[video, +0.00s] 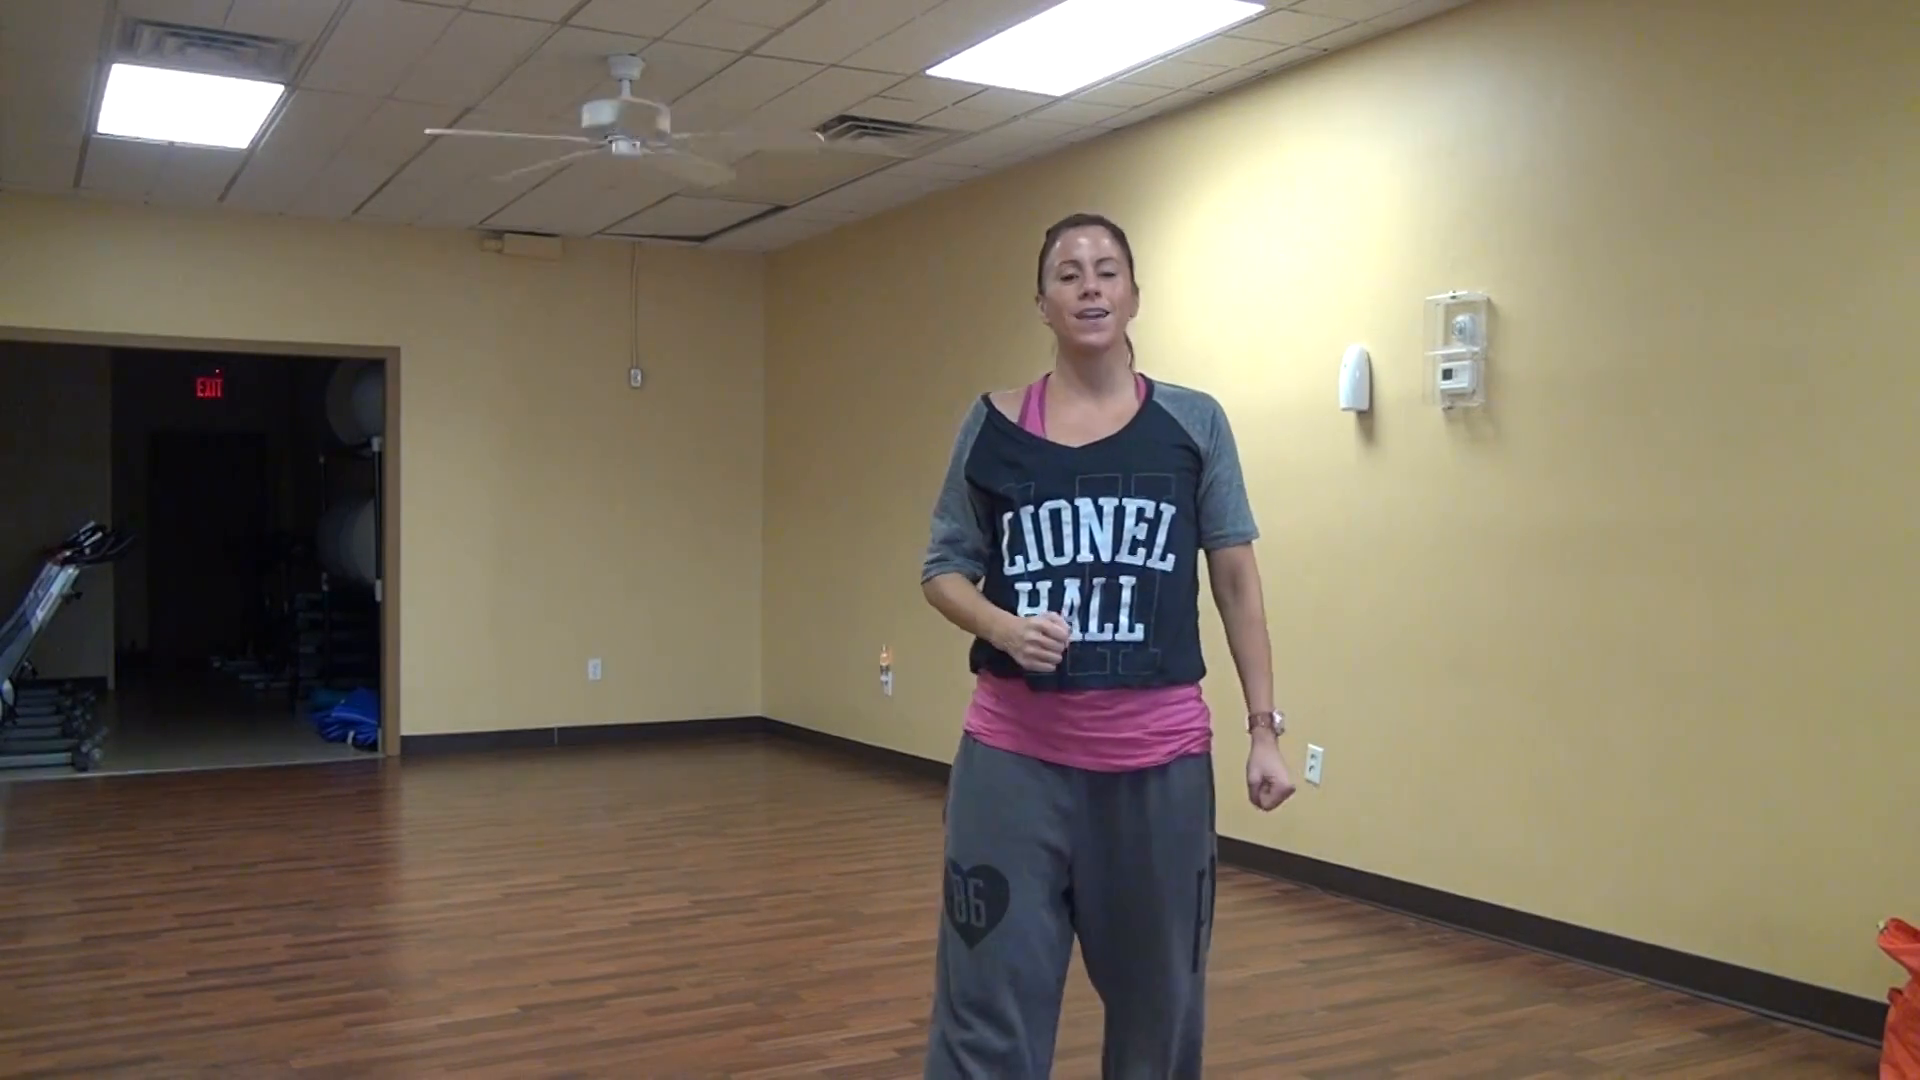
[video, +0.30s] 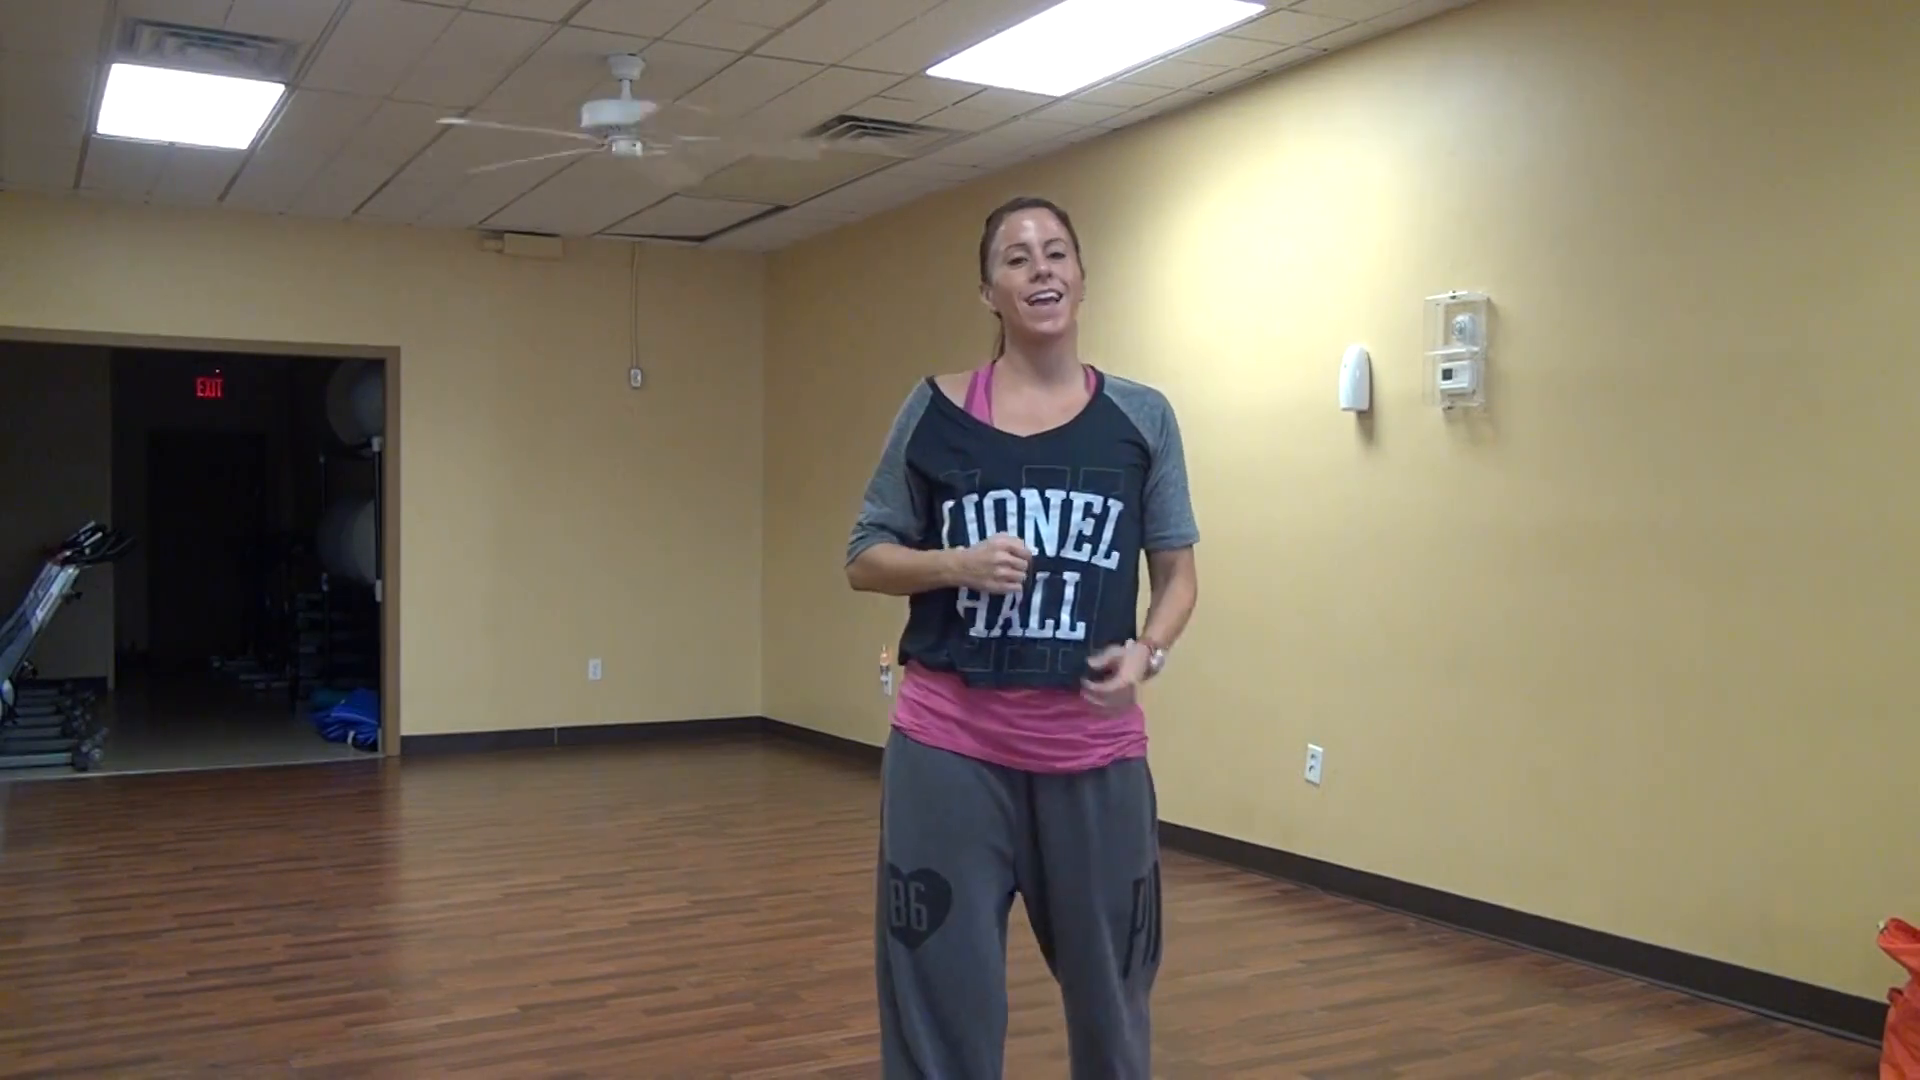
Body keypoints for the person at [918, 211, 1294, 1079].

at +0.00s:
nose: (1089, 286)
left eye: (1106, 270)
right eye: (1069, 273)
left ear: (1133, 292)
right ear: (1042, 299)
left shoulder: (1194, 421)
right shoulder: (996, 422)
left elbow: (1236, 580)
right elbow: (943, 570)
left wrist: (1264, 728)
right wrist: (1002, 627)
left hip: (1156, 759)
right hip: (1013, 754)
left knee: (1159, 1020)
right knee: (989, 1016)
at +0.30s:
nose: (1041, 270)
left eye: (1056, 253)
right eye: (1018, 258)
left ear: (1082, 275)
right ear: (988, 292)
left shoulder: (1142, 415)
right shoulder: (937, 407)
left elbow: (1176, 570)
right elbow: (866, 560)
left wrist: (1147, 649)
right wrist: (956, 565)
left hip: (1092, 750)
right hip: (947, 742)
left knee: (1112, 1008)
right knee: (938, 1005)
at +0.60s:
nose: (981, 270)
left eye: (1000, 252)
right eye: (960, 255)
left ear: (1028, 275)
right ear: (934, 282)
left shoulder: (1087, 409)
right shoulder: (877, 401)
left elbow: (1160, 577)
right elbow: (798, 559)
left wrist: (1036, 549)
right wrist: (920, 537)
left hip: (1041, 757)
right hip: (889, 751)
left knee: (1068, 1019)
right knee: (897, 1023)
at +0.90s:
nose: (925, 278)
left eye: (947, 258)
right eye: (907, 261)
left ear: (986, 278)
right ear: (890, 281)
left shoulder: (1051, 407)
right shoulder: (839, 407)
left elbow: (1132, 572)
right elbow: (774, 572)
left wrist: (993, 543)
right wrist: (879, 544)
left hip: (1006, 755)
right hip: (853, 756)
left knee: (1063, 1015)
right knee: (874, 1023)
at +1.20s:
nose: (841, 276)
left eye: (862, 255)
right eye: (821, 259)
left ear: (900, 276)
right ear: (801, 280)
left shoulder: (970, 402)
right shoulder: (759, 412)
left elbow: (1050, 570)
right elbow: (701, 583)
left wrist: (918, 545)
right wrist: (801, 550)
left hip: (932, 758)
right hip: (778, 759)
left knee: (982, 1021)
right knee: (803, 1025)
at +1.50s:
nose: (871, 269)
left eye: (891, 247)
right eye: (850, 252)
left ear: (926, 263)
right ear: (828, 272)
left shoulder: (999, 393)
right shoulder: (784, 404)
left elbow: (1067, 565)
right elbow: (729, 577)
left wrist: (961, 538)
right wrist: (828, 523)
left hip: (967, 753)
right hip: (811, 754)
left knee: (1032, 1028)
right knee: (832, 1032)